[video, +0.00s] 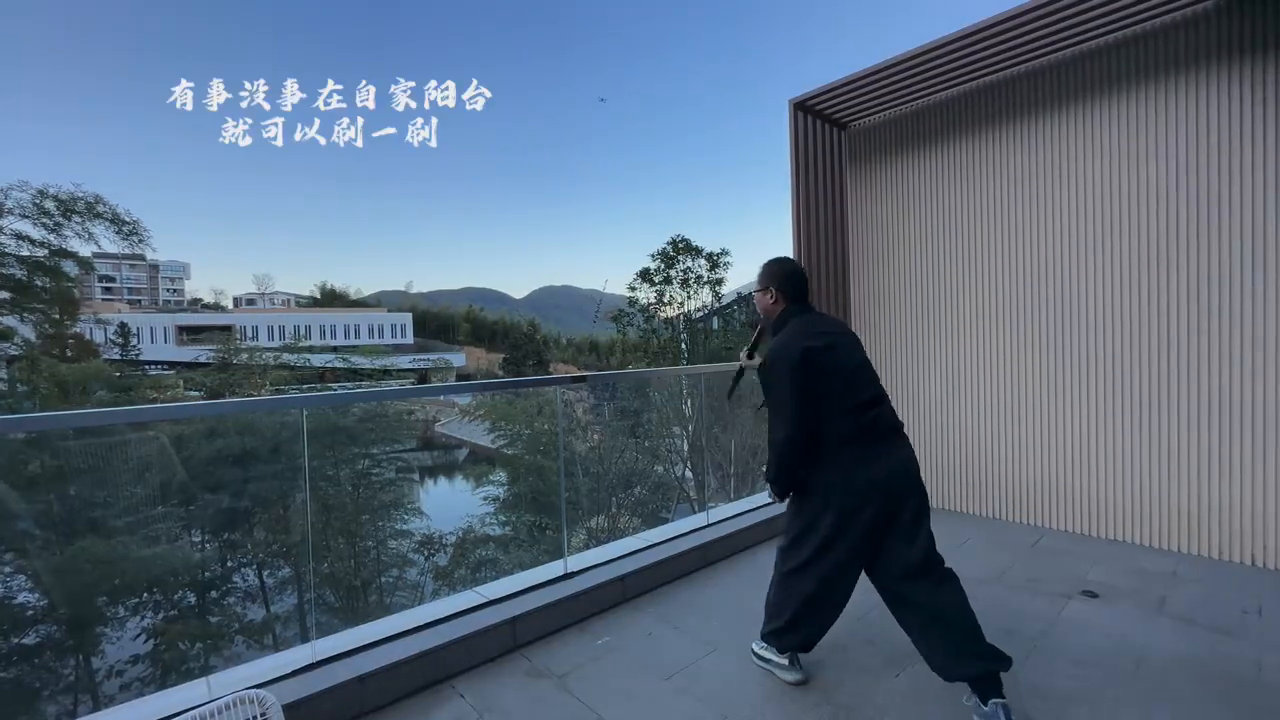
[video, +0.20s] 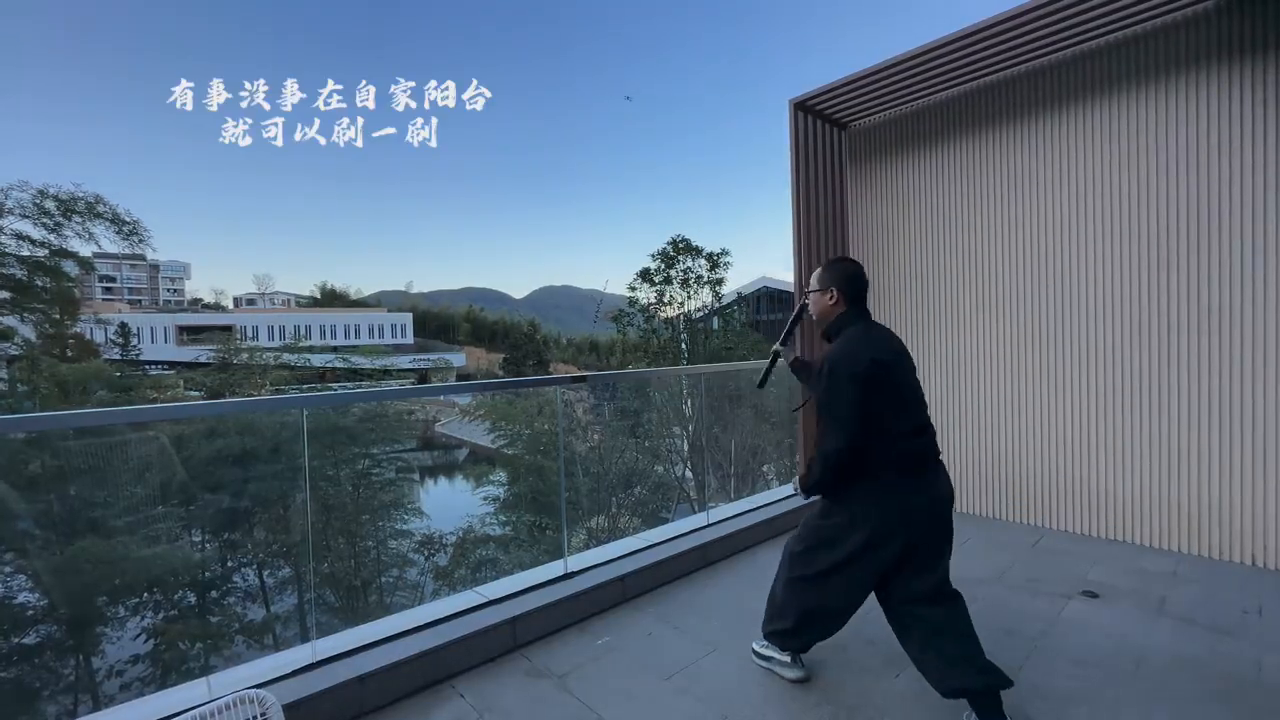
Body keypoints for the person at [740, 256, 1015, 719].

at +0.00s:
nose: (754, 301)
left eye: (758, 293)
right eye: (756, 293)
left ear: (775, 297)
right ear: (797, 296)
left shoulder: (784, 349)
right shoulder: (836, 330)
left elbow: (790, 430)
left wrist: (779, 482)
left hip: (838, 481)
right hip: (894, 470)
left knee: (803, 560)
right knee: (923, 576)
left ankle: (780, 645)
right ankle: (988, 688)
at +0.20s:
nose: (808, 304)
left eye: (813, 295)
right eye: (809, 295)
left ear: (834, 298)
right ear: (853, 299)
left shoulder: (844, 354)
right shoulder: (886, 341)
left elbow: (839, 439)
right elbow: (847, 390)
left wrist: (812, 480)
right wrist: (806, 369)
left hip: (875, 495)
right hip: (926, 490)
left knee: (807, 553)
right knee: (928, 597)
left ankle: (783, 645)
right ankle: (987, 702)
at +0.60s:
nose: (874, 294)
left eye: (880, 286)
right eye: (876, 286)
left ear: (902, 293)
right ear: (924, 297)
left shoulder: (891, 360)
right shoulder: (952, 356)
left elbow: (831, 414)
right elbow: (899, 393)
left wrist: (844, 376)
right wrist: (857, 356)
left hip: (887, 505)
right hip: (945, 504)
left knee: (815, 559)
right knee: (928, 605)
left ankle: (784, 647)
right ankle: (986, 705)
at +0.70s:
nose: (874, 296)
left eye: (879, 288)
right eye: (876, 287)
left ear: (900, 294)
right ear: (926, 298)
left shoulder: (884, 357)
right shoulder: (958, 357)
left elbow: (826, 401)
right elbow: (907, 396)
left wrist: (851, 362)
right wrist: (863, 358)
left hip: (881, 505)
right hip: (942, 505)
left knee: (815, 557)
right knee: (936, 605)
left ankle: (782, 645)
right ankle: (986, 705)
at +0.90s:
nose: (867, 307)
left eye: (871, 298)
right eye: (869, 298)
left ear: (887, 304)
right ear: (922, 304)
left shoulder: (879, 364)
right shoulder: (967, 358)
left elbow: (815, 398)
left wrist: (833, 359)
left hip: (884, 509)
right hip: (950, 511)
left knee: (819, 555)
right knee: (941, 606)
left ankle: (784, 645)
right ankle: (988, 704)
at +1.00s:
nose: (867, 312)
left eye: (870, 303)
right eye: (869, 303)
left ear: (887, 308)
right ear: (921, 307)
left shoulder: (878, 366)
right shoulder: (971, 360)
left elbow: (812, 401)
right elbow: (983, 406)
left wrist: (820, 362)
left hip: (887, 509)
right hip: (955, 514)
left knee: (818, 555)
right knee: (945, 607)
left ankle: (784, 646)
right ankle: (988, 705)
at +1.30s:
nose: (868, 317)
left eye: (871, 308)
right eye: (869, 308)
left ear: (888, 312)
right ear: (921, 312)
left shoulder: (878, 367)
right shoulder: (981, 363)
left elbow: (807, 401)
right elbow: (999, 434)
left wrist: (794, 365)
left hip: (890, 516)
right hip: (962, 521)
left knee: (817, 555)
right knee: (950, 612)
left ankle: (783, 645)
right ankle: (990, 707)